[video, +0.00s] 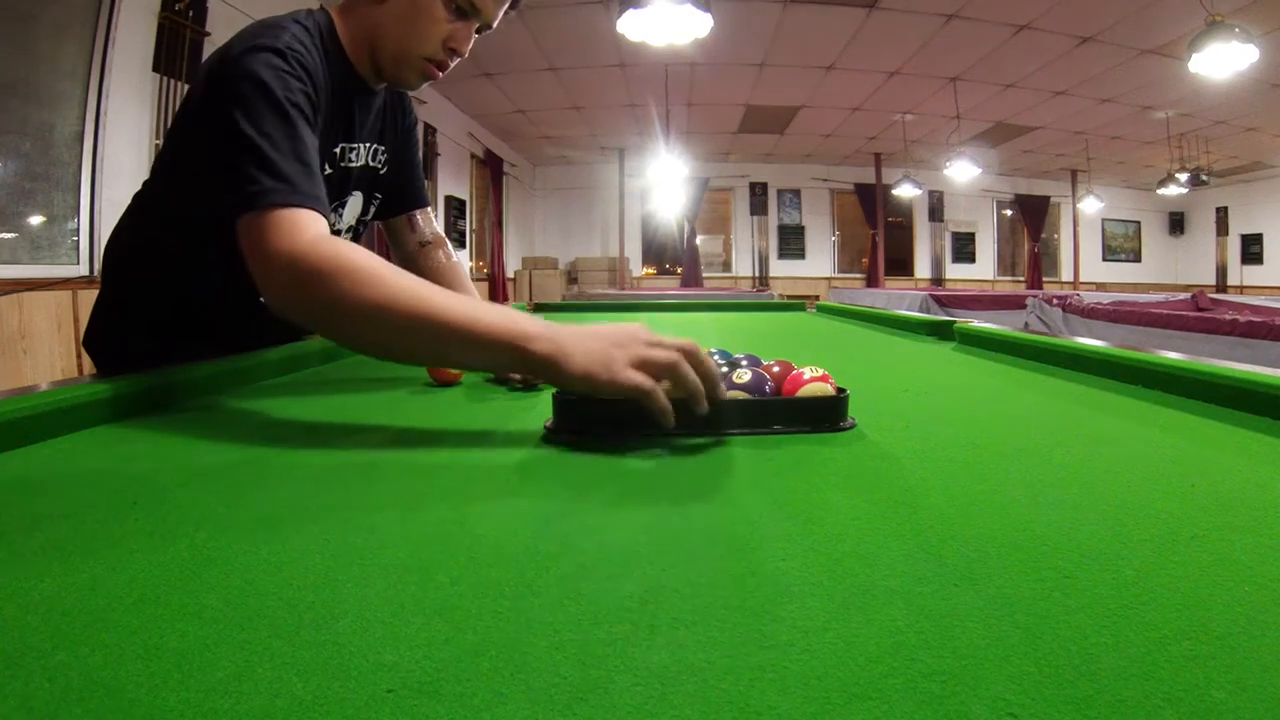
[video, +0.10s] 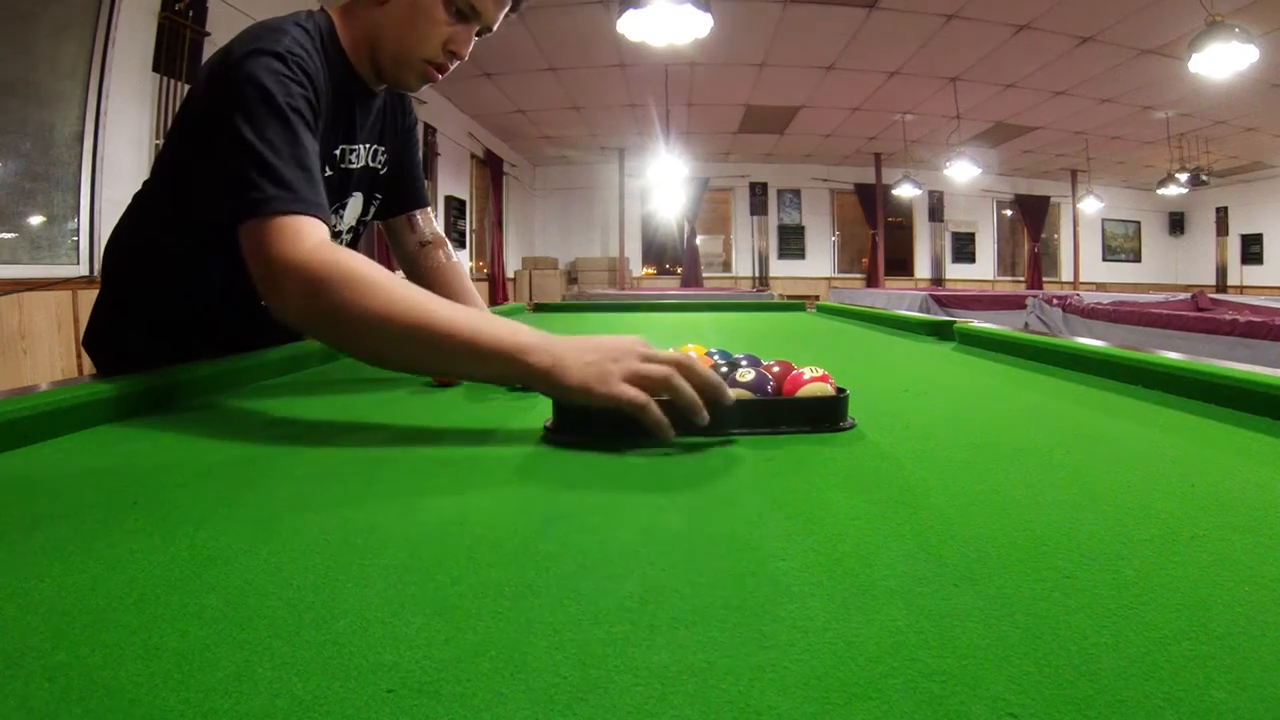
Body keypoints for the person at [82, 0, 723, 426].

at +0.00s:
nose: (464, 46)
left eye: (478, 32)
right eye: (462, 16)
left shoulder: (391, 101)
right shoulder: (272, 63)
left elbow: (419, 243)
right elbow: (292, 265)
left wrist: (497, 343)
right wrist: (554, 348)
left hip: (275, 355)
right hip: (160, 359)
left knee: (259, 555)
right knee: (149, 565)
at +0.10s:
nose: (464, 49)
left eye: (479, 34)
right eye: (462, 16)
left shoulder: (391, 101)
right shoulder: (272, 66)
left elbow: (420, 243)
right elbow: (296, 275)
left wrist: (490, 350)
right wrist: (552, 358)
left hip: (278, 354)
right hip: (161, 360)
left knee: (259, 555)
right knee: (150, 568)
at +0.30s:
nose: (463, 53)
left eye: (480, 36)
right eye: (462, 17)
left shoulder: (390, 104)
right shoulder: (272, 67)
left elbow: (419, 239)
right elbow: (211, 282)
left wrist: (493, 333)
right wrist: (453, 319)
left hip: (269, 352)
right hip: (159, 357)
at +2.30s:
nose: (462, 24)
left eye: (469, 9)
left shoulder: (388, 95)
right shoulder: (263, 64)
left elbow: (421, 237)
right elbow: (288, 278)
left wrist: (492, 333)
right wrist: (504, 376)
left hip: (277, 350)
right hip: (163, 358)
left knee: (255, 549)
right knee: (150, 559)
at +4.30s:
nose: (443, 31)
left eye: (453, 15)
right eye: (429, 4)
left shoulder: (384, 102)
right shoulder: (255, 71)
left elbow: (444, 225)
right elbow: (279, 268)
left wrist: (529, 337)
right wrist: (468, 384)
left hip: (265, 337)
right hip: (155, 343)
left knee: (247, 528)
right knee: (143, 538)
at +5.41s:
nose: (450, 35)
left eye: (458, 21)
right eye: (438, 6)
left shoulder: (386, 110)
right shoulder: (259, 81)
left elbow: (447, 225)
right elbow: (283, 266)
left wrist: (517, 329)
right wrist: (496, 347)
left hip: (258, 333)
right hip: (150, 334)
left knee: (243, 513)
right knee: (141, 522)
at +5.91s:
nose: (457, 48)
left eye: (467, 33)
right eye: (446, 17)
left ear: (449, 41)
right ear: (376, 1)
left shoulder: (387, 112)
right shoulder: (280, 76)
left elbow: (449, 227)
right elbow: (312, 232)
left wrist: (523, 330)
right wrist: (569, 301)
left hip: (255, 337)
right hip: (149, 338)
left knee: (238, 524)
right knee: (133, 534)